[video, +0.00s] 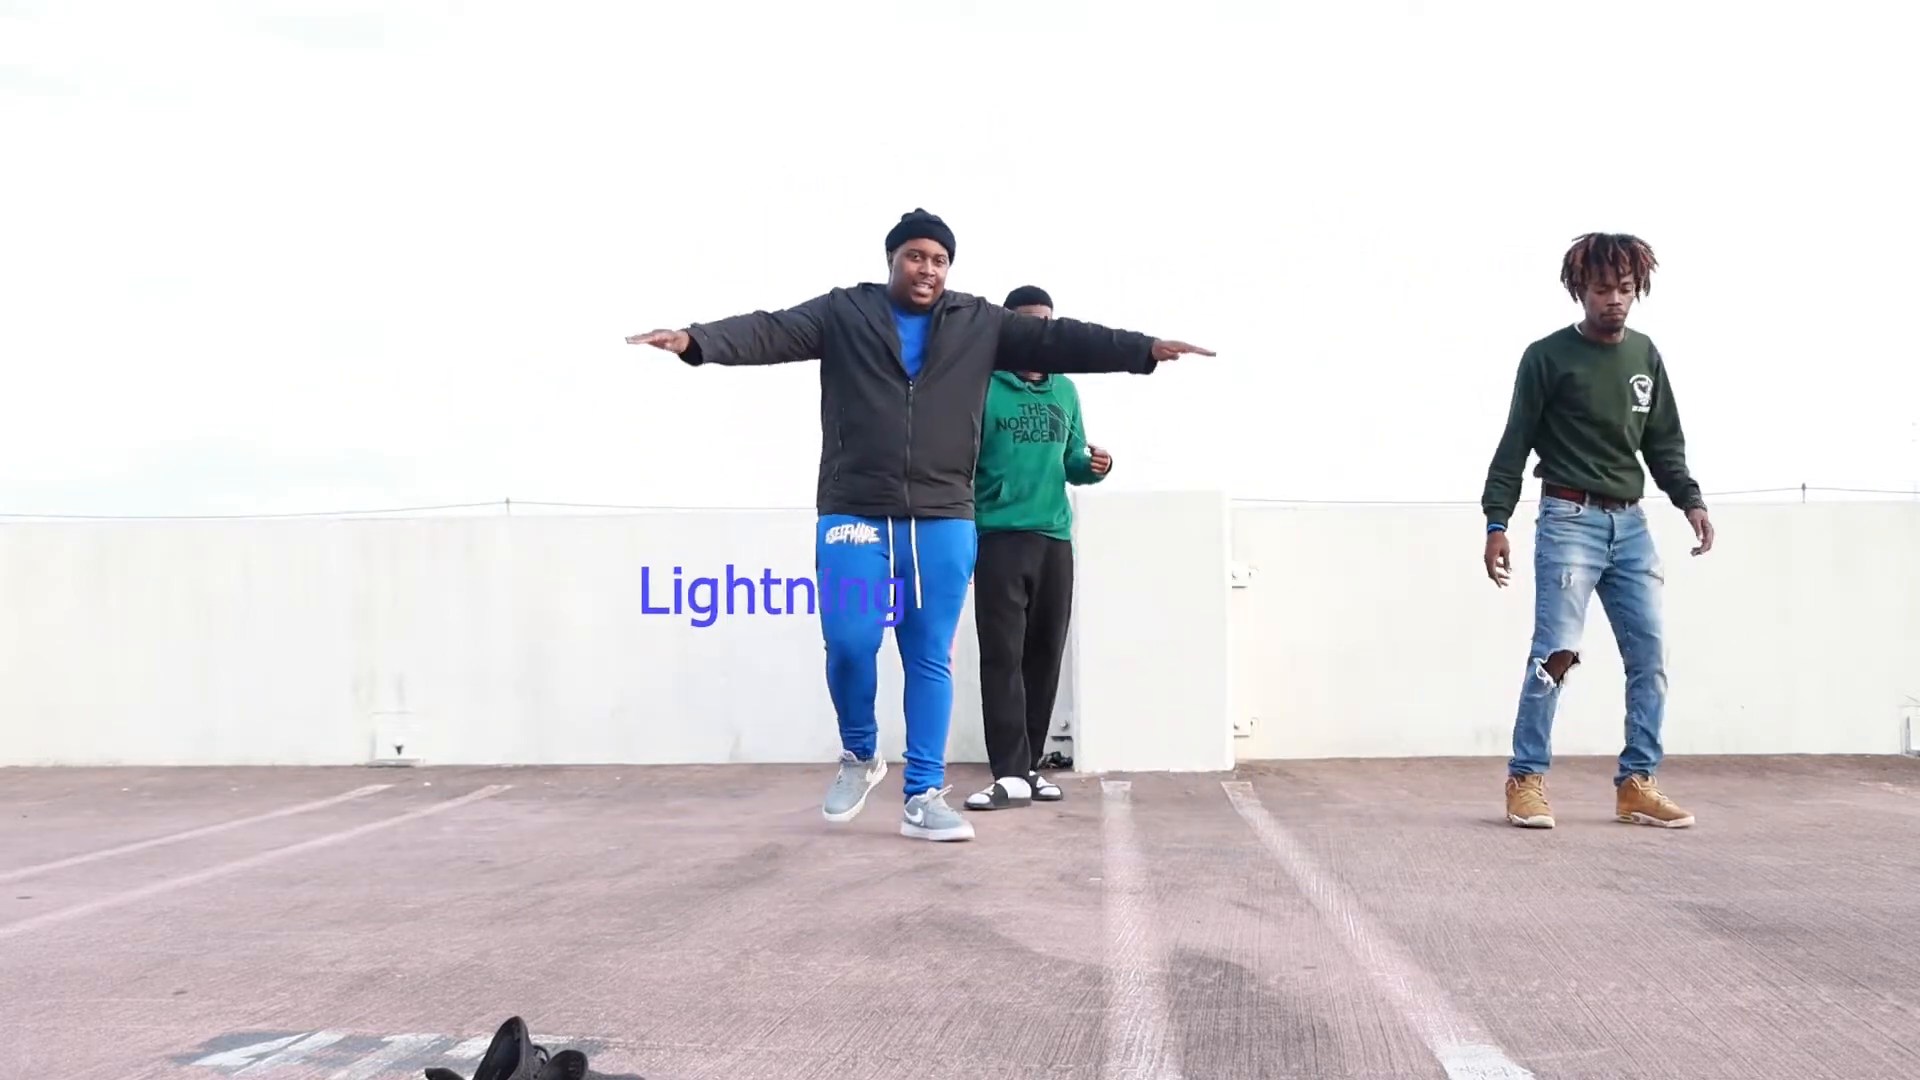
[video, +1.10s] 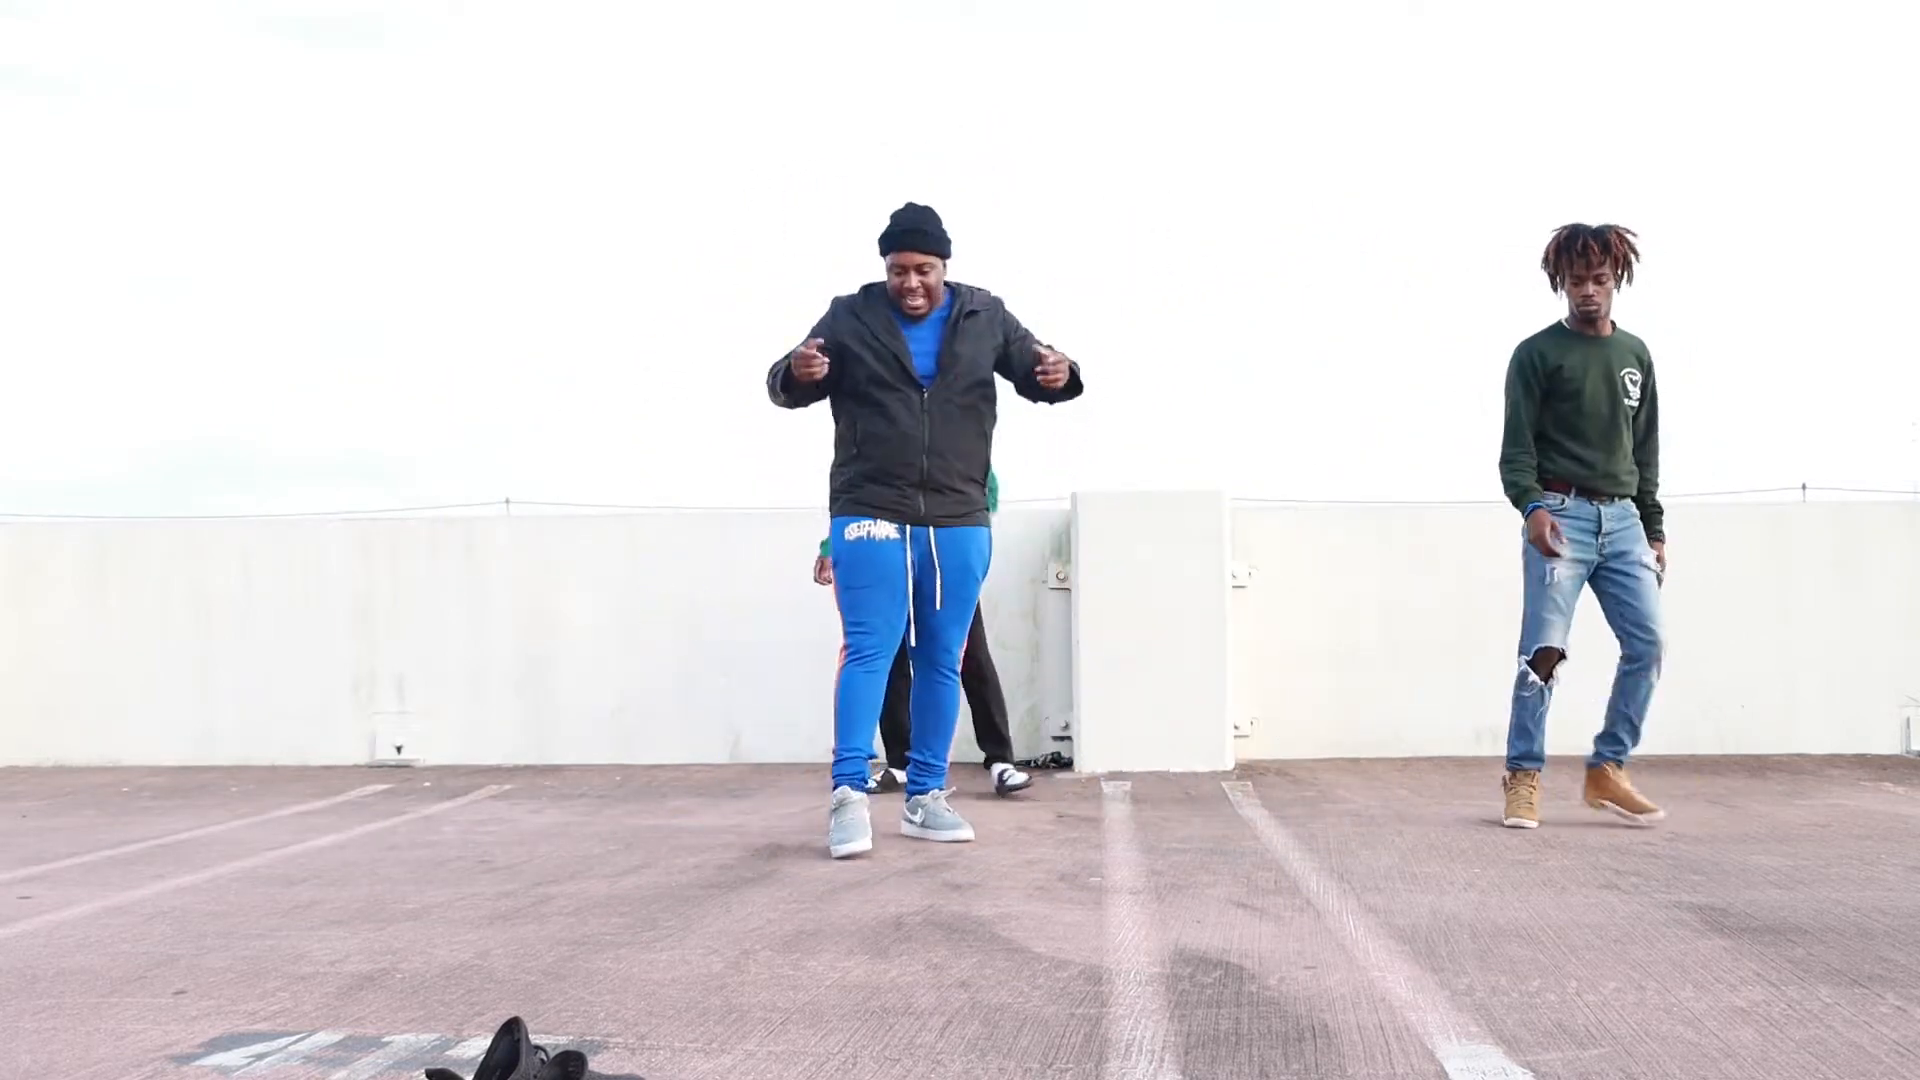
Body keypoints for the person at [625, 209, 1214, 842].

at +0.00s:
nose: (926, 268)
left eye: (937, 260)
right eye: (914, 257)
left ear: (949, 269)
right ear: (891, 261)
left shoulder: (977, 322)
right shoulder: (845, 312)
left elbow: (1053, 338)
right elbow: (773, 330)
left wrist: (1143, 348)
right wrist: (697, 340)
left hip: (942, 510)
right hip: (853, 506)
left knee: (929, 654)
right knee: (848, 644)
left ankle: (924, 796)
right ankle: (859, 756)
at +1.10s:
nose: (912, 283)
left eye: (924, 271)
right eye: (900, 271)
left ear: (945, 267)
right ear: (884, 269)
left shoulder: (983, 316)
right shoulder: (851, 317)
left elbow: (1040, 376)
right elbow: (783, 392)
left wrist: (1059, 374)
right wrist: (798, 374)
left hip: (956, 510)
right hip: (869, 507)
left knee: (943, 660)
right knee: (868, 650)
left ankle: (926, 797)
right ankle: (850, 795)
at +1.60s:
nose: (910, 276)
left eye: (919, 265)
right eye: (897, 267)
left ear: (932, 266)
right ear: (873, 269)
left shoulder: (964, 317)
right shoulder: (841, 317)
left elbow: (984, 396)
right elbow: (827, 389)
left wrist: (954, 329)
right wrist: (906, 372)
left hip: (942, 514)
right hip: (856, 516)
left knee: (932, 656)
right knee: (861, 659)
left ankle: (925, 793)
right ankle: (867, 783)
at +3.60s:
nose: (860, 207)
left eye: (871, 194)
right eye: (847, 202)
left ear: (900, 203)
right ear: (835, 222)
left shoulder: (956, 262)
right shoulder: (814, 288)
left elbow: (988, 339)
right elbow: (790, 382)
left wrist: (910, 321)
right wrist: (866, 343)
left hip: (962, 488)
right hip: (862, 498)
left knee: (978, 644)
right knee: (892, 663)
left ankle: (953, 776)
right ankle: (907, 822)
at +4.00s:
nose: (842, 204)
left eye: (854, 189)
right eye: (835, 194)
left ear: (899, 190)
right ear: (836, 206)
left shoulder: (945, 247)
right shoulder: (836, 286)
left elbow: (907, 344)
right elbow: (812, 402)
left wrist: (796, 348)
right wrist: (792, 363)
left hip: (938, 487)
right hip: (854, 500)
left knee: (911, 654)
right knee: (861, 671)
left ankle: (949, 843)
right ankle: (910, 829)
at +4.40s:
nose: (817, 195)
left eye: (827, 181)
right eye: (819, 182)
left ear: (864, 182)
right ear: (876, 185)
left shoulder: (864, 237)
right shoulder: (902, 246)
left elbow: (808, 342)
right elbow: (881, 370)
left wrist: (740, 364)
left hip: (895, 481)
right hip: (870, 484)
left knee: (880, 659)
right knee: (816, 651)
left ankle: (946, 845)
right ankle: (794, 827)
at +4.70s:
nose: (775, 208)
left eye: (784, 196)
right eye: (780, 195)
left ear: (815, 201)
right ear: (842, 205)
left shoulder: (801, 261)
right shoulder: (880, 282)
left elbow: (741, 359)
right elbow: (835, 373)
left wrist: (700, 395)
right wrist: (744, 374)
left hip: (815, 491)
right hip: (856, 489)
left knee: (813, 666)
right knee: (762, 661)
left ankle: (928, 831)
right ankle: (784, 830)